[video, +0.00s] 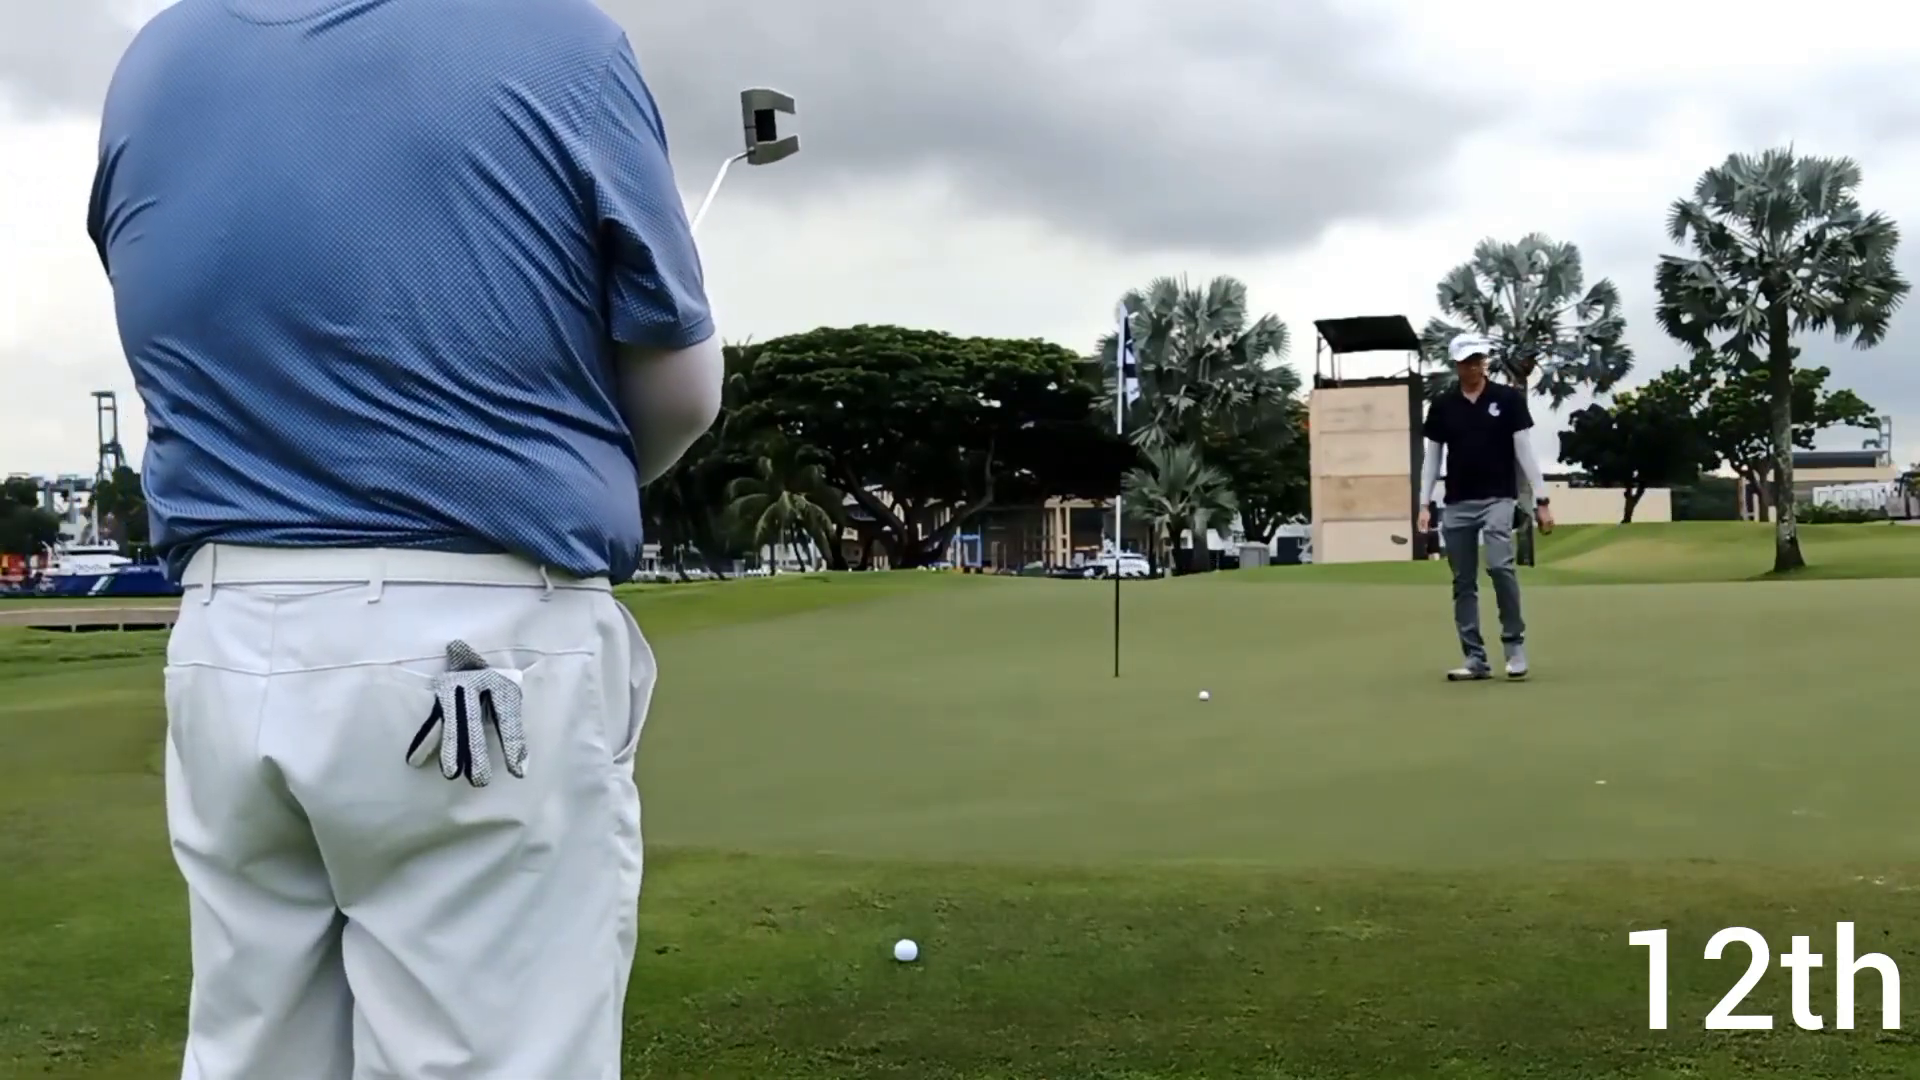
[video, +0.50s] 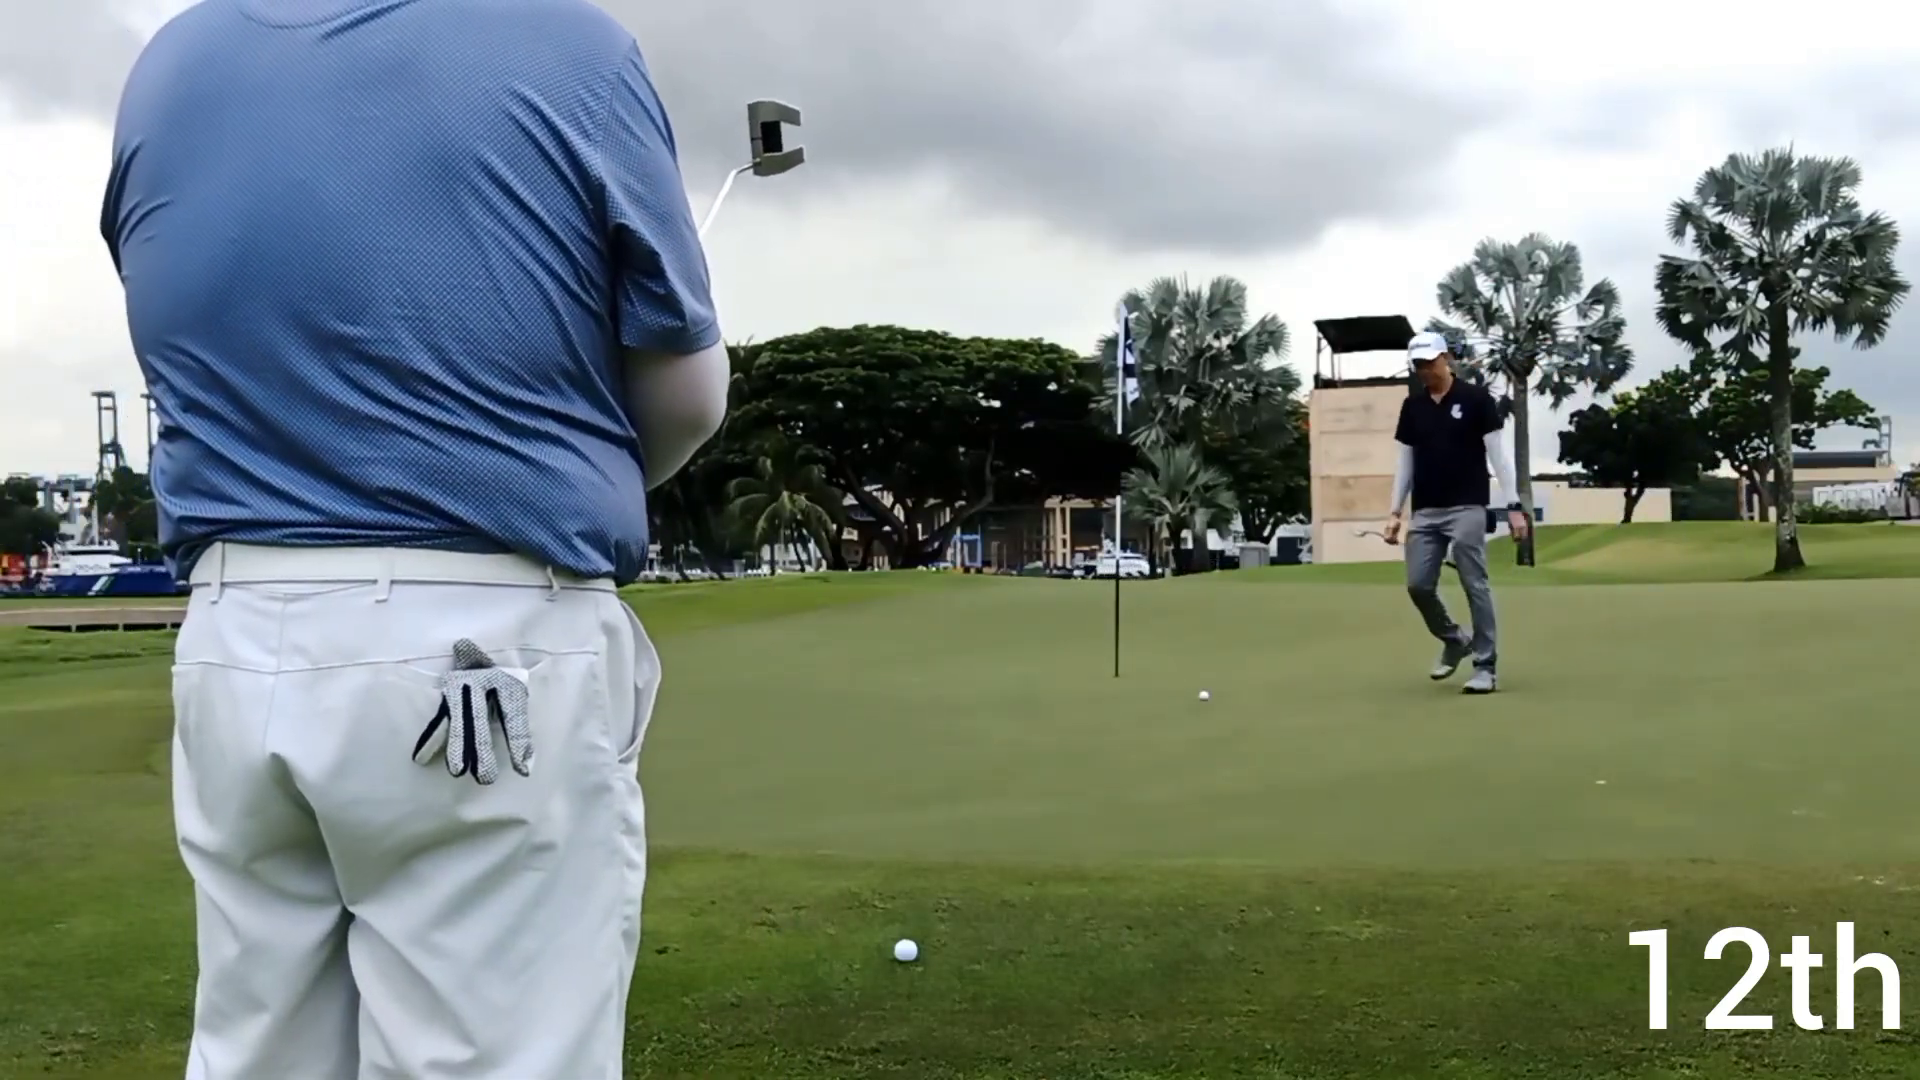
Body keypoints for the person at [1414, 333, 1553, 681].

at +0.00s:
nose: (1474, 367)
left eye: (1478, 359)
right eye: (1467, 361)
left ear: (1486, 361)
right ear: (1455, 365)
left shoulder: (1508, 399)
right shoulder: (1442, 406)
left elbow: (1526, 451)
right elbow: (1432, 460)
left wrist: (1541, 498)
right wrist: (1425, 505)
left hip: (1498, 502)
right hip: (1457, 506)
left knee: (1500, 568)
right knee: (1463, 584)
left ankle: (1514, 646)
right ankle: (1474, 658)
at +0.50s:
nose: (1423, 371)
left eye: (1428, 363)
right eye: (1417, 365)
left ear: (1447, 358)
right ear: (1413, 366)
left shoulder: (1476, 399)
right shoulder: (1412, 406)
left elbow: (1499, 455)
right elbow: (1405, 462)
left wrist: (1513, 505)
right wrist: (1396, 512)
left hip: (1467, 510)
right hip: (1424, 514)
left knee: (1475, 586)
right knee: (1418, 585)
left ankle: (1485, 667)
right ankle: (1454, 640)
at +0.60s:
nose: (1405, 369)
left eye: (1410, 362)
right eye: (1401, 363)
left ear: (1431, 357)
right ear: (1401, 363)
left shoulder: (1464, 394)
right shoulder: (1404, 402)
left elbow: (1479, 445)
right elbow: (1400, 459)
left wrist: (1477, 494)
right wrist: (1398, 509)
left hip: (1454, 510)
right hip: (1413, 512)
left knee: (1473, 588)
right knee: (1396, 575)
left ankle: (1484, 667)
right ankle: (1431, 658)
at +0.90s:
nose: (1334, 390)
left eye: (1336, 382)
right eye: (1330, 385)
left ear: (1356, 371)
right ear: (1340, 382)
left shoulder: (1393, 397)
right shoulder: (1351, 419)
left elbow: (1402, 445)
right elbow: (1370, 463)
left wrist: (1372, 469)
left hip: (1407, 520)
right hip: (1369, 522)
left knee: (1431, 593)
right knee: (1351, 592)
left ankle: (1476, 658)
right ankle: (1344, 677)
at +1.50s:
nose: (1230, 503)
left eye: (1226, 497)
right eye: (1224, 500)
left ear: (1237, 481)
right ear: (1240, 476)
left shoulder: (1261, 493)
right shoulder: (1274, 471)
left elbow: (1263, 564)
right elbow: (1344, 473)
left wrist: (1248, 626)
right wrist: (1374, 499)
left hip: (1359, 521)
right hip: (1375, 515)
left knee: (1303, 588)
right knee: (1328, 592)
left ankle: (1302, 682)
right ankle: (1345, 678)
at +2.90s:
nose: (1220, 534)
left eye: (1215, 528)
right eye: (1214, 532)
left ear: (1224, 512)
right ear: (1227, 505)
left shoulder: (1247, 524)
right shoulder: (1270, 488)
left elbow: (1245, 596)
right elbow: (1336, 480)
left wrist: (1229, 654)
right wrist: (1369, 511)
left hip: (1351, 529)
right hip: (1369, 520)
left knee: (1285, 590)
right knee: (1315, 593)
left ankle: (1299, 682)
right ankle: (1342, 678)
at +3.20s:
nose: (1238, 440)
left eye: (1238, 432)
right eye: (1235, 435)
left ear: (1255, 418)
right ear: (1254, 420)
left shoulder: (1285, 437)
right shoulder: (1282, 435)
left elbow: (1319, 498)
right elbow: (1320, 494)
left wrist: (1316, 559)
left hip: (1356, 506)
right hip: (1352, 505)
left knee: (1319, 583)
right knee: (1327, 588)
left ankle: (1305, 671)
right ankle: (1343, 678)